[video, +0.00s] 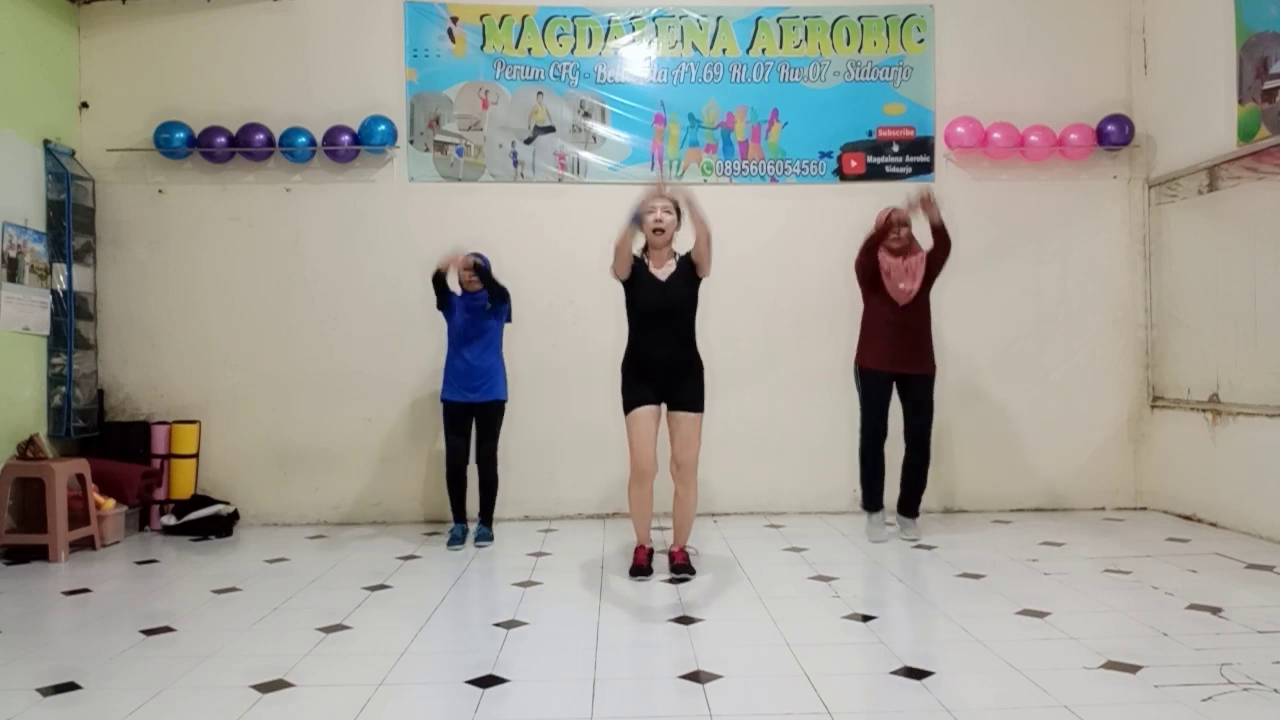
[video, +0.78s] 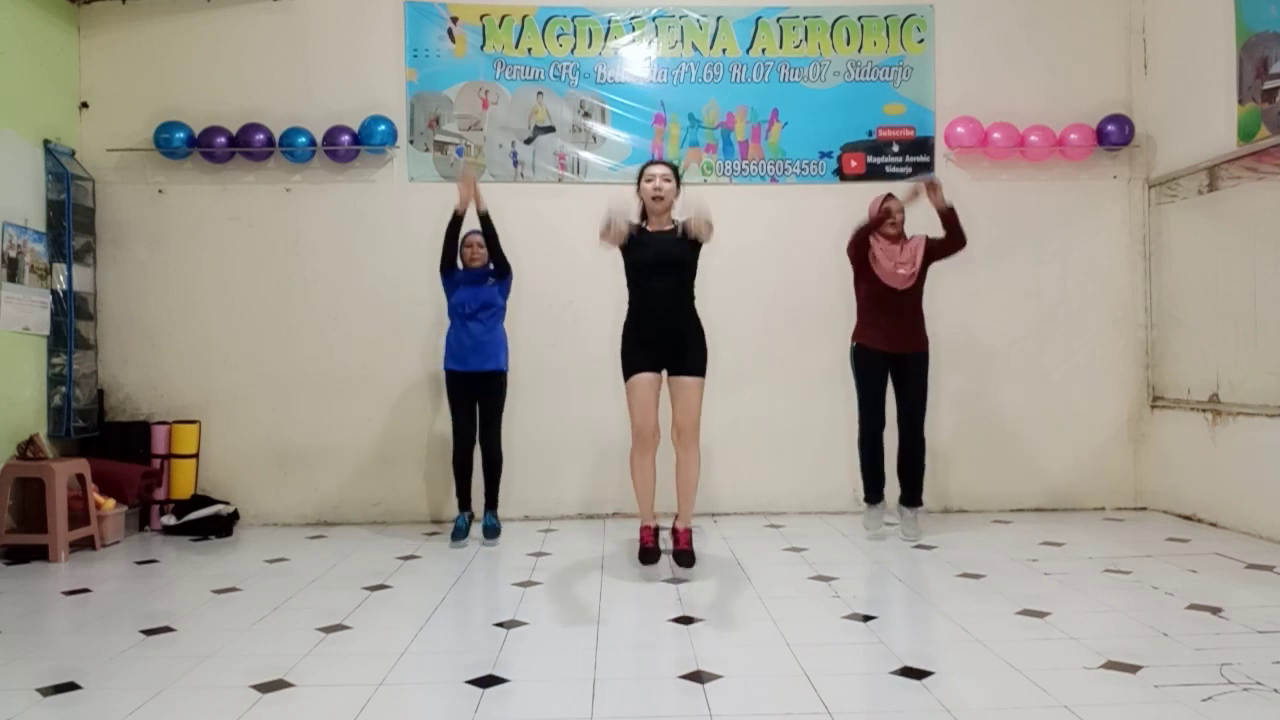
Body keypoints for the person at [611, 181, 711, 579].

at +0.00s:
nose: (658, 217)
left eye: (667, 212)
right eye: (651, 212)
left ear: (677, 224)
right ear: (640, 225)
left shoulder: (692, 266)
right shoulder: (629, 268)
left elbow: (704, 235)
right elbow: (621, 252)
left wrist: (684, 198)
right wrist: (637, 214)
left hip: (685, 372)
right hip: (640, 372)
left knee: (684, 465)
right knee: (642, 466)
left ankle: (679, 549)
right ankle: (642, 546)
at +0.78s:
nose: (657, 185)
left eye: (665, 180)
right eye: (650, 180)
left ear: (676, 191)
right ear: (639, 191)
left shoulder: (689, 231)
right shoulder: (631, 232)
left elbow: (701, 229)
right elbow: (615, 233)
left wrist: (699, 225)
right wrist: (613, 227)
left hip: (686, 339)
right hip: (641, 339)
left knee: (686, 435)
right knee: (644, 436)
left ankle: (683, 528)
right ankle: (648, 527)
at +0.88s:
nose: (657, 201)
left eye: (665, 195)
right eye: (649, 195)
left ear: (676, 206)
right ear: (639, 206)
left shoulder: (695, 252)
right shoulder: (623, 254)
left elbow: (703, 284)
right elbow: (612, 290)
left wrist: (694, 312)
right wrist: (619, 318)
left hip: (686, 351)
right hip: (641, 351)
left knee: (685, 447)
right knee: (643, 449)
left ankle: (682, 539)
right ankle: (643, 538)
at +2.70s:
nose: (648, 218)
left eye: (656, 212)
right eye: (643, 215)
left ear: (676, 225)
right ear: (639, 227)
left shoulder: (693, 269)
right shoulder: (631, 270)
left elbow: (705, 267)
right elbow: (620, 277)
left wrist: (690, 253)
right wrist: (633, 259)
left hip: (684, 371)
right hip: (639, 371)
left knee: (683, 465)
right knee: (638, 465)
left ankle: (678, 548)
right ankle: (645, 547)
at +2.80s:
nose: (641, 219)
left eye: (651, 213)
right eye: (639, 214)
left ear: (673, 223)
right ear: (640, 224)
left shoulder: (693, 266)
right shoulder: (632, 267)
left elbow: (708, 234)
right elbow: (615, 242)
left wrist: (682, 192)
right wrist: (629, 204)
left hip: (685, 368)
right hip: (642, 367)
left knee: (684, 462)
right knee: (636, 442)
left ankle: (679, 547)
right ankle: (644, 524)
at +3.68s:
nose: (658, 204)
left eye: (666, 202)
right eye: (650, 202)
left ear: (677, 216)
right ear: (641, 215)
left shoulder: (691, 256)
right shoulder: (629, 256)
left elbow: (724, 241)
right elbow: (595, 239)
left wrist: (705, 189)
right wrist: (614, 191)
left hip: (682, 360)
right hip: (639, 360)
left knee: (681, 453)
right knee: (637, 453)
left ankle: (680, 537)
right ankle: (637, 530)